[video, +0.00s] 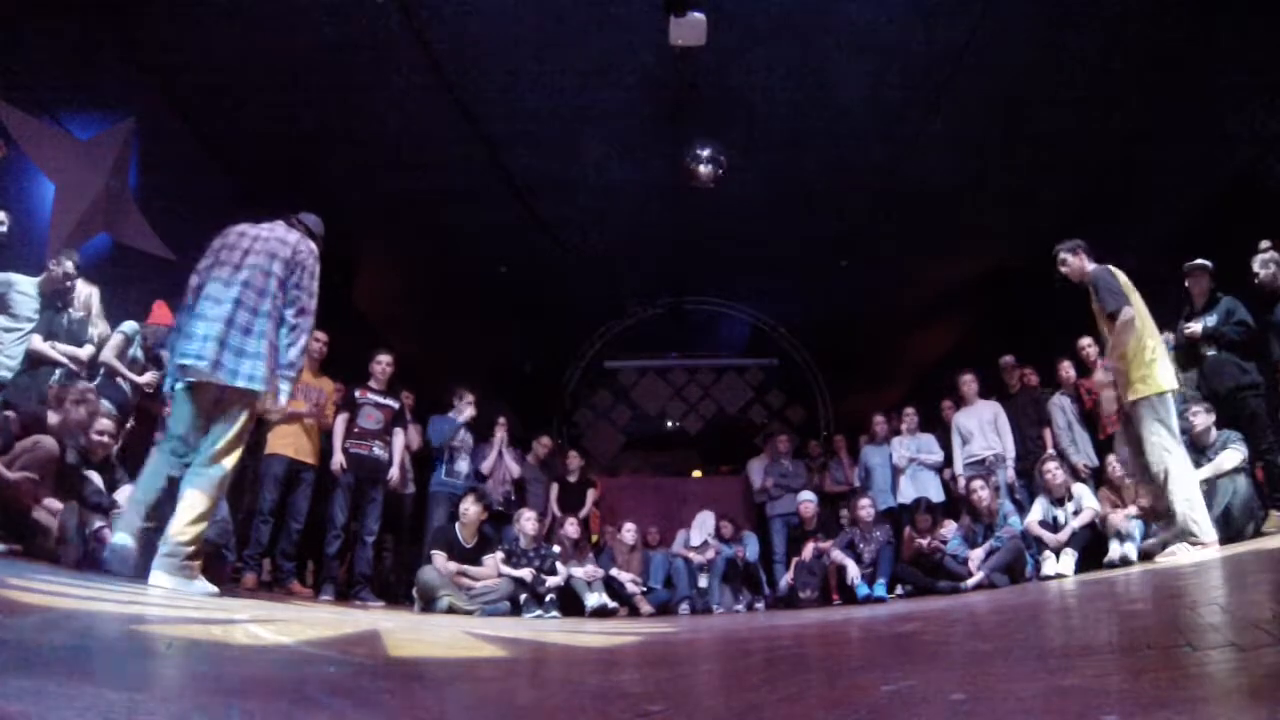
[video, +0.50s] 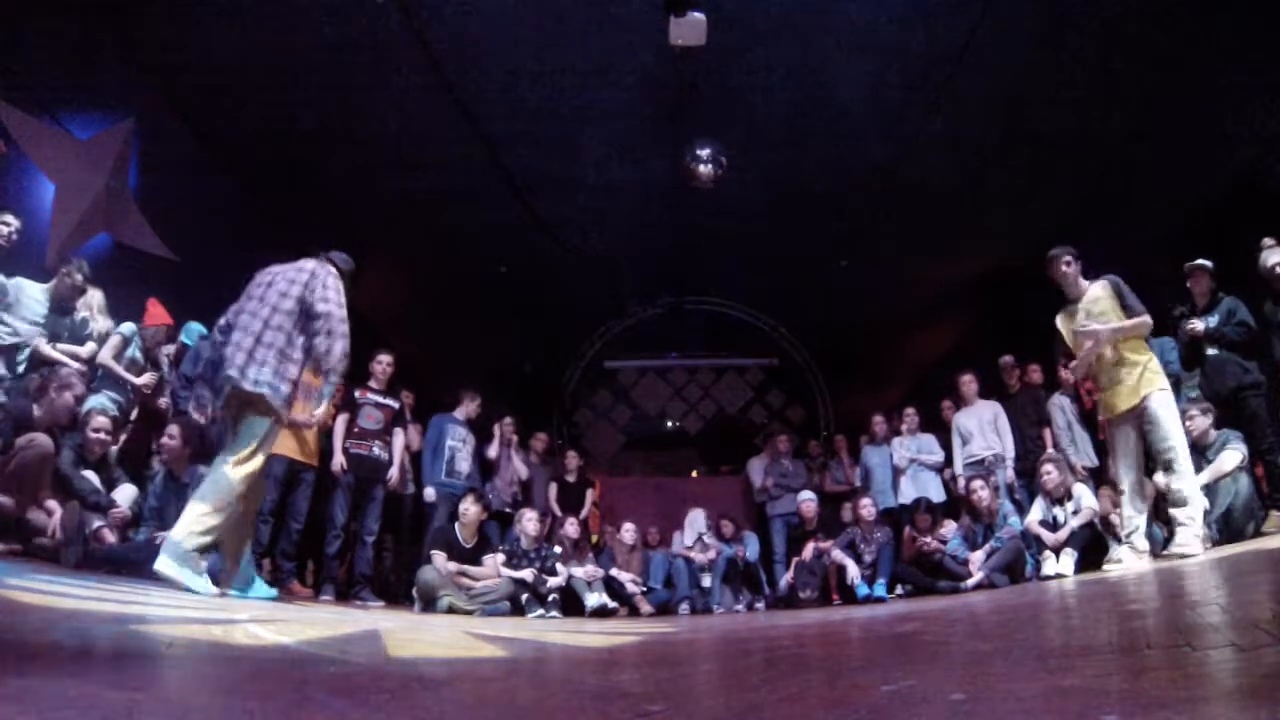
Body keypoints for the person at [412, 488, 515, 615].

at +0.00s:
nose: (465, 508)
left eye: (473, 505)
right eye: (464, 502)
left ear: (483, 515)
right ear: (459, 506)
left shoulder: (485, 539)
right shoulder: (443, 533)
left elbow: (492, 572)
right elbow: (440, 566)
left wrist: (460, 568)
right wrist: (474, 584)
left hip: (476, 590)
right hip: (446, 588)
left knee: (507, 585)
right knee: (426, 573)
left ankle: (453, 605)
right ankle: (476, 609)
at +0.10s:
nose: (465, 508)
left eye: (473, 505)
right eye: (464, 502)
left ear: (483, 515)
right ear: (459, 505)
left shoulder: (486, 538)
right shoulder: (443, 532)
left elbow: (492, 572)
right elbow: (440, 567)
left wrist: (460, 568)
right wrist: (474, 584)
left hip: (476, 590)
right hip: (447, 588)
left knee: (507, 585)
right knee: (427, 573)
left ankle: (454, 605)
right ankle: (476, 609)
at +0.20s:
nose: (465, 508)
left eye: (473, 505)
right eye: (464, 502)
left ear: (483, 515)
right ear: (458, 506)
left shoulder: (486, 538)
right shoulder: (443, 533)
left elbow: (493, 572)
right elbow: (440, 567)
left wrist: (460, 568)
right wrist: (474, 584)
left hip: (476, 590)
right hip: (447, 588)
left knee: (507, 585)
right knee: (427, 574)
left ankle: (454, 605)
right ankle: (476, 609)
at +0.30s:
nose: (465, 508)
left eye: (473, 505)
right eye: (463, 503)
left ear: (483, 515)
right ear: (458, 506)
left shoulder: (485, 538)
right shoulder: (443, 532)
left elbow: (493, 572)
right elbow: (440, 567)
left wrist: (460, 568)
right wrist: (474, 584)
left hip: (476, 590)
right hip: (446, 588)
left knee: (507, 585)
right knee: (427, 574)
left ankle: (454, 605)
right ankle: (477, 609)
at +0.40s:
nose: (465, 508)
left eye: (473, 505)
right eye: (464, 502)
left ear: (483, 515)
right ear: (459, 505)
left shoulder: (485, 538)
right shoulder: (442, 532)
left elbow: (493, 572)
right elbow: (440, 567)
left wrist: (460, 568)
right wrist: (474, 584)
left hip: (476, 590)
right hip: (446, 588)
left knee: (507, 585)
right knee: (426, 573)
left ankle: (454, 605)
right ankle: (477, 609)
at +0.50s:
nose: (465, 508)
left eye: (473, 505)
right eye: (464, 502)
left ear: (483, 515)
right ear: (458, 505)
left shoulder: (483, 538)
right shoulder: (442, 533)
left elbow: (493, 572)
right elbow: (440, 567)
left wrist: (460, 568)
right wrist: (474, 584)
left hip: (476, 590)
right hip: (446, 588)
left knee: (507, 585)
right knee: (427, 574)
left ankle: (454, 605)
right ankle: (477, 609)